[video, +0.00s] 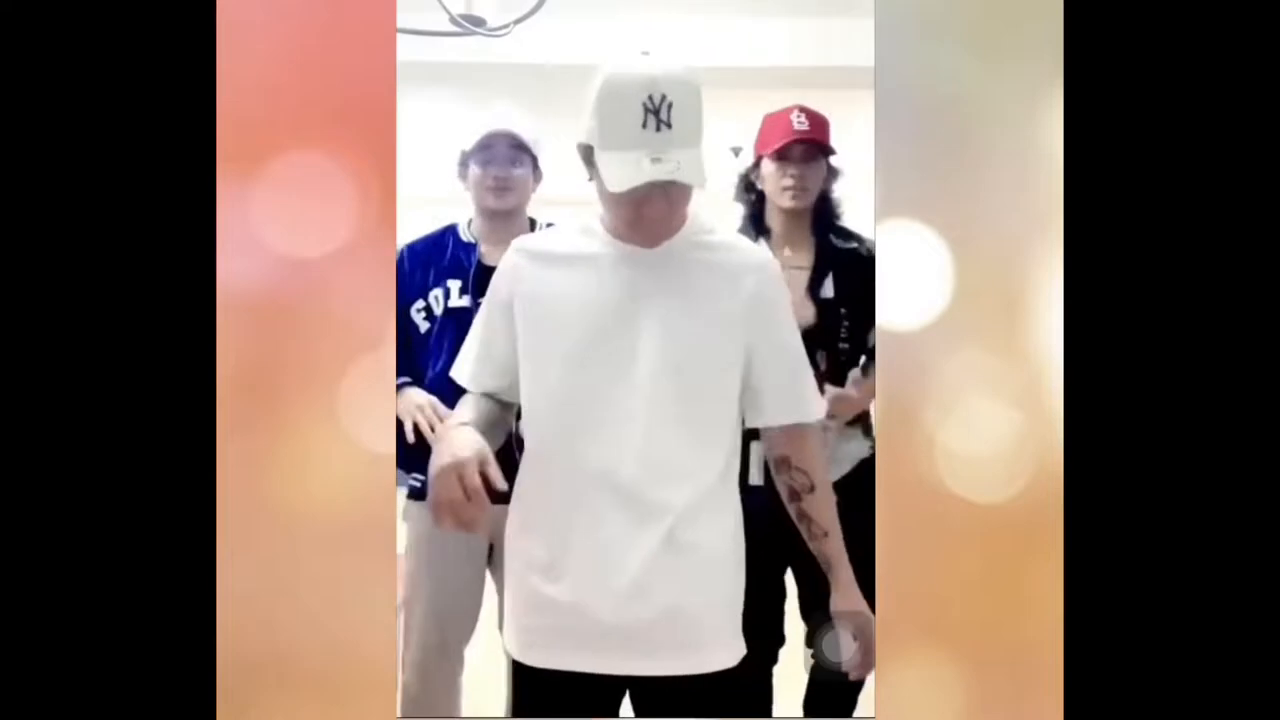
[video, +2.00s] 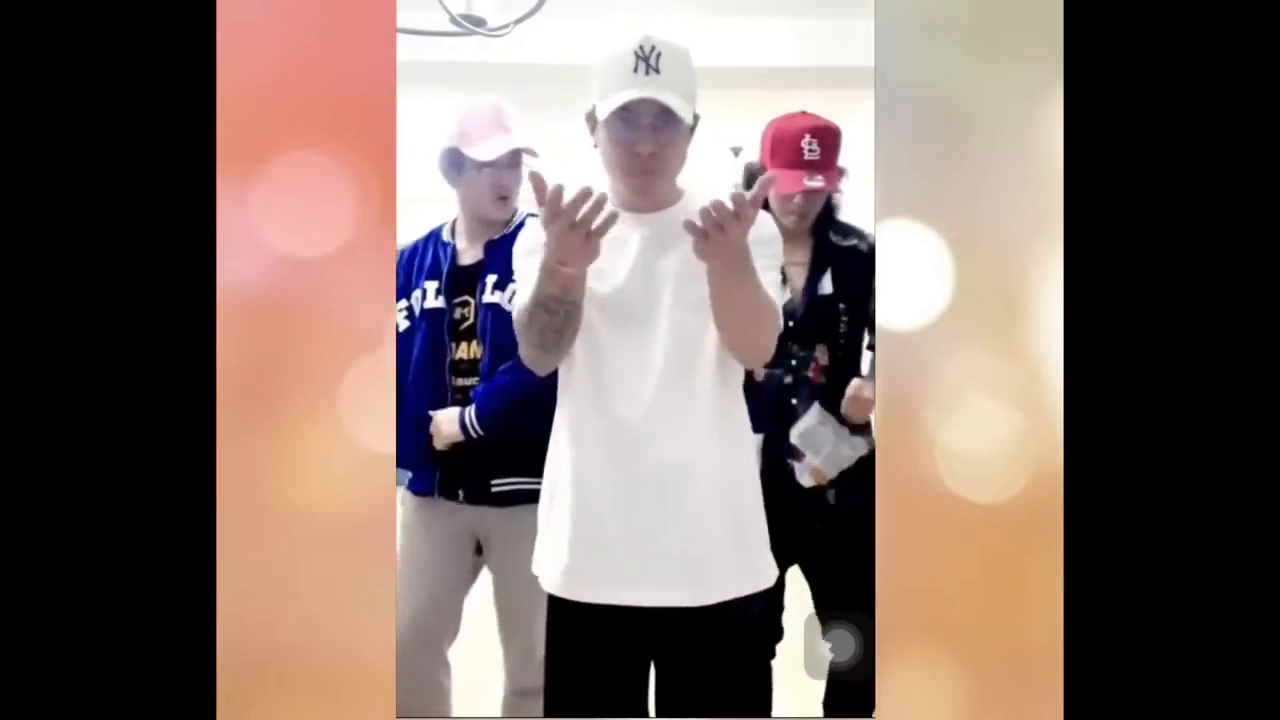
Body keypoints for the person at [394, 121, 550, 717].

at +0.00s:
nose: (500, 172)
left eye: (515, 162)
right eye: (486, 161)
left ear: (537, 179)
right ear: (464, 176)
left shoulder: (562, 262)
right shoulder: (418, 262)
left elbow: (589, 361)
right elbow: (371, 352)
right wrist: (402, 390)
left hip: (537, 488)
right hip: (441, 487)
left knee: (541, 659)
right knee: (430, 661)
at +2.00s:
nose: (506, 179)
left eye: (515, 163)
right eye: (489, 164)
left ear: (526, 167)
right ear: (451, 171)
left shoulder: (548, 252)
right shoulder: (409, 264)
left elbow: (549, 368)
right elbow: (381, 373)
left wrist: (468, 418)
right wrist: (414, 446)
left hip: (527, 495)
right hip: (432, 495)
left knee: (531, 667)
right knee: (415, 650)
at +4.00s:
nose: (475, 168)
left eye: (490, 159)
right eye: (462, 158)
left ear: (514, 178)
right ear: (442, 177)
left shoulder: (543, 261)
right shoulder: (402, 259)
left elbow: (567, 368)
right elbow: (363, 349)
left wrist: (559, 469)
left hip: (513, 484)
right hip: (420, 483)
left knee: (519, 652)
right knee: (417, 650)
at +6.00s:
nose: (473, 159)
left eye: (488, 150)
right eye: (460, 150)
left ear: (512, 172)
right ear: (439, 168)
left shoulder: (554, 255)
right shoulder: (402, 257)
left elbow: (585, 369)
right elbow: (369, 365)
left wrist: (562, 471)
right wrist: (374, 473)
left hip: (513, 498)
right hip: (420, 498)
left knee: (516, 664)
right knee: (423, 663)